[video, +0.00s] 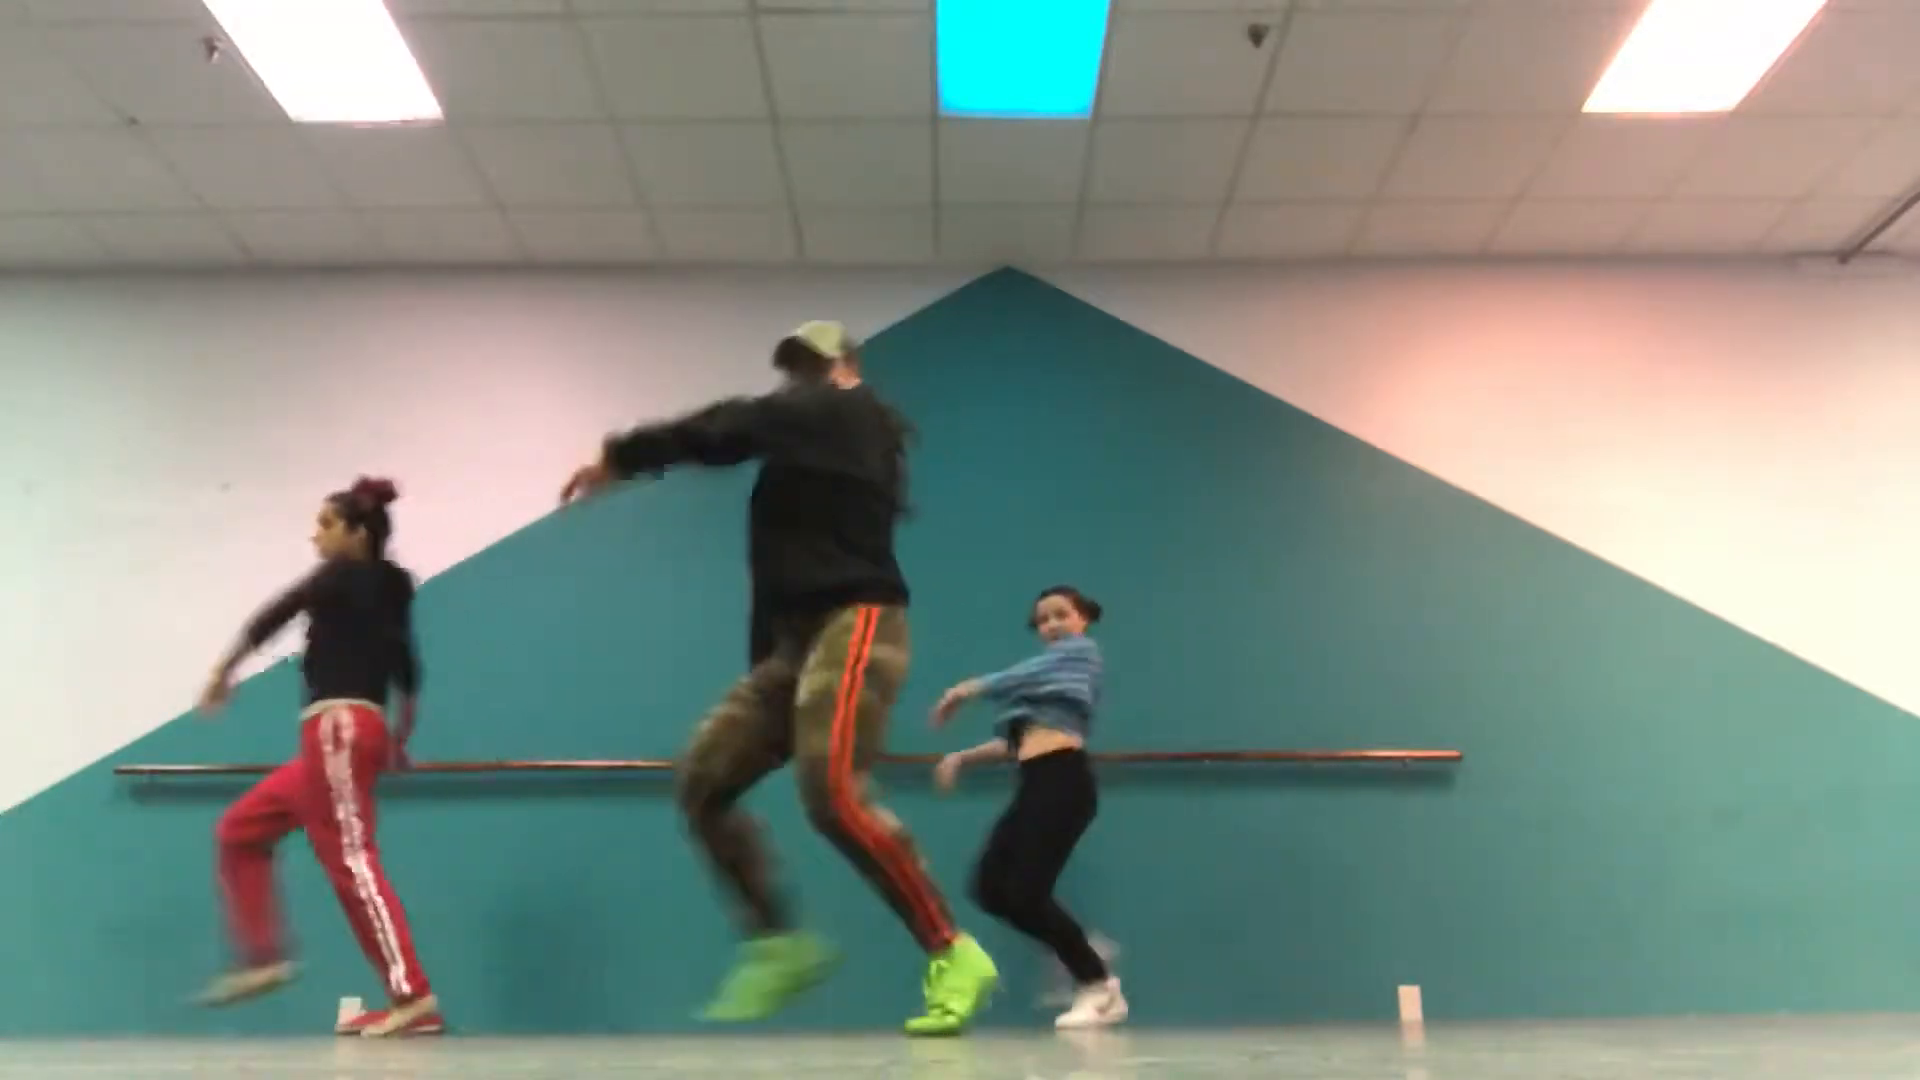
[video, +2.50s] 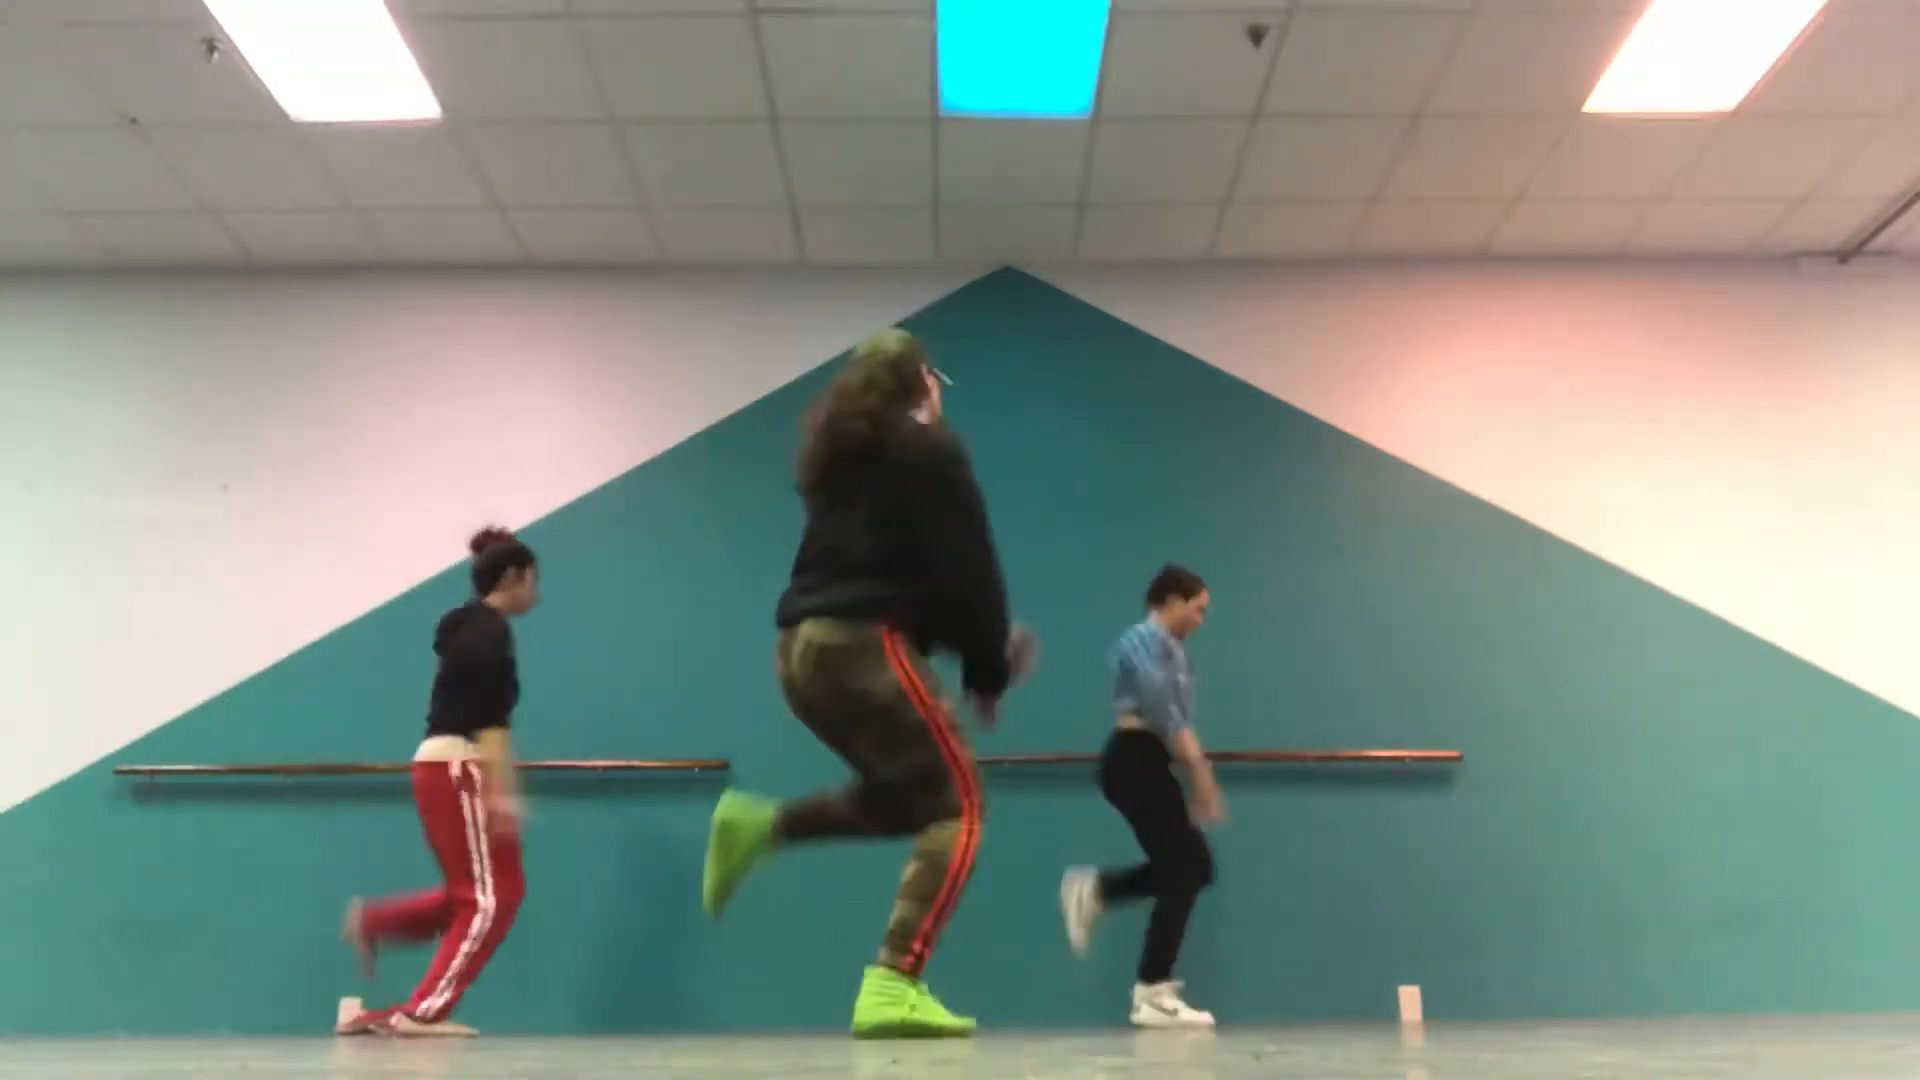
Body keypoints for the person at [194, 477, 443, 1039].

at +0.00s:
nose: (316, 535)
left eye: (325, 526)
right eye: (318, 525)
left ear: (357, 531)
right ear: (365, 534)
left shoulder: (336, 574)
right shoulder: (392, 584)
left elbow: (275, 615)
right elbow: (406, 664)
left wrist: (226, 669)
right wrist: (401, 733)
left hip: (337, 727)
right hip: (362, 730)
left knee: (350, 859)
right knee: (241, 829)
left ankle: (411, 997)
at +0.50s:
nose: (184, 579)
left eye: (194, 566)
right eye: (179, 567)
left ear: (227, 563)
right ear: (178, 570)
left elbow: (327, 684)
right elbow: (181, 716)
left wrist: (313, 745)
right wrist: (189, 775)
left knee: (282, 879)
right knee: (121, 874)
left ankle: (290, 995)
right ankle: (139, 1012)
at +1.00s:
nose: (318, 533)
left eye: (316, 524)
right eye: (307, 522)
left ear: (280, 532)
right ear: (274, 529)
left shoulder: (283, 588)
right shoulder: (263, 581)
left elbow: (298, 675)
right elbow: (281, 676)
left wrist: (323, 713)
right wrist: (325, 719)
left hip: (259, 751)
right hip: (224, 744)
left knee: (289, 876)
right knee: (214, 873)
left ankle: (233, 1009)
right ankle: (141, 1013)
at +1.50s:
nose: (375, 537)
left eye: (374, 526)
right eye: (368, 526)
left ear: (339, 529)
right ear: (341, 526)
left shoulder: (342, 580)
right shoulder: (326, 576)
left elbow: (377, 653)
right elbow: (366, 651)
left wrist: (418, 702)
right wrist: (419, 700)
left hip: (287, 716)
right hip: (304, 716)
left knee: (295, 865)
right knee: (344, 839)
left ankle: (244, 996)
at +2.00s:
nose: (474, 579)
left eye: (473, 569)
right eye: (468, 569)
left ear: (442, 572)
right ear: (442, 570)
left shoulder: (446, 631)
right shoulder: (395, 618)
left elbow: (429, 705)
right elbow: (353, 694)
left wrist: (455, 752)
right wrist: (339, 762)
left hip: (418, 764)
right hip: (389, 760)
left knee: (452, 878)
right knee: (419, 884)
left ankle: (352, 954)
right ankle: (372, 1009)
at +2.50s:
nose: (535, 592)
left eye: (534, 581)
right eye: (532, 581)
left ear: (494, 579)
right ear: (514, 579)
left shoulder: (467, 624)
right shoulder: (488, 629)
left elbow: (478, 719)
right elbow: (490, 723)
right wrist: (499, 793)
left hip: (438, 765)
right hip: (458, 767)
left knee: (472, 895)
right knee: (494, 895)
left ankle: (373, 920)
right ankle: (424, 1012)